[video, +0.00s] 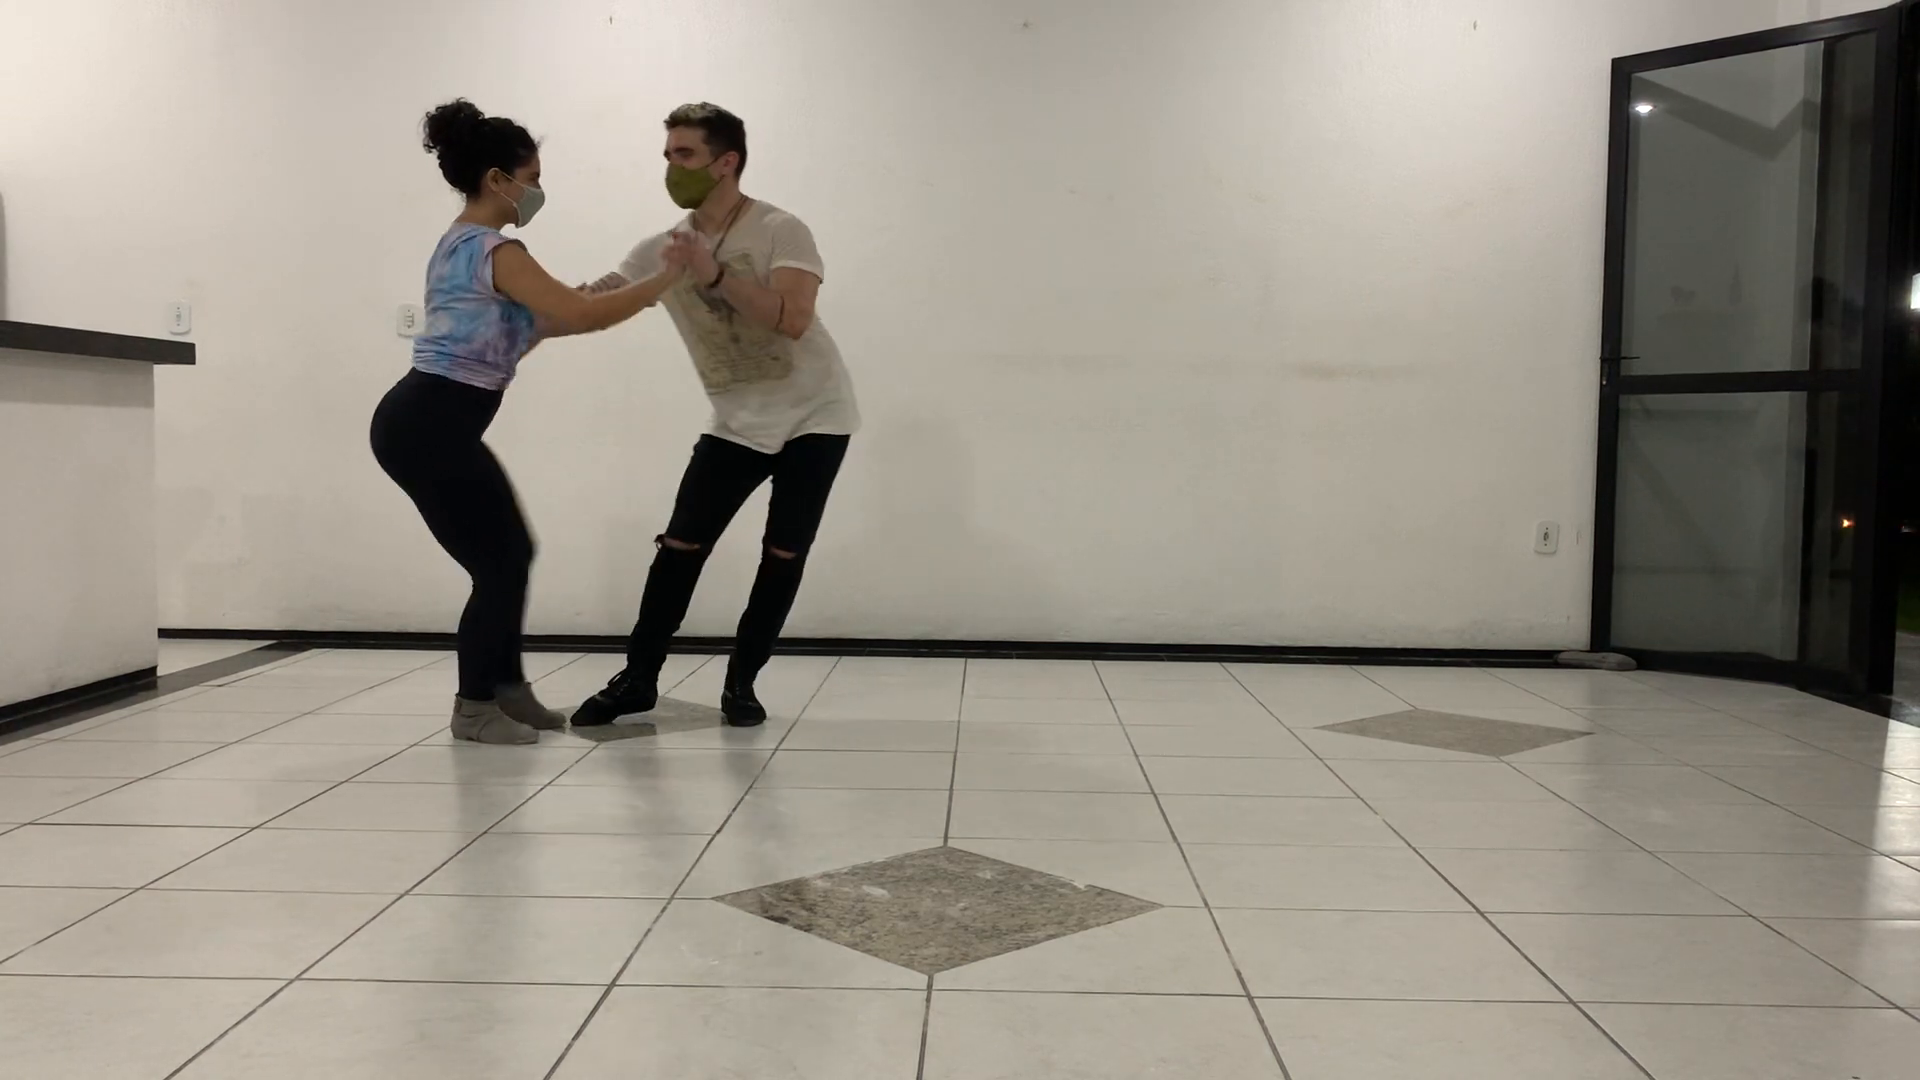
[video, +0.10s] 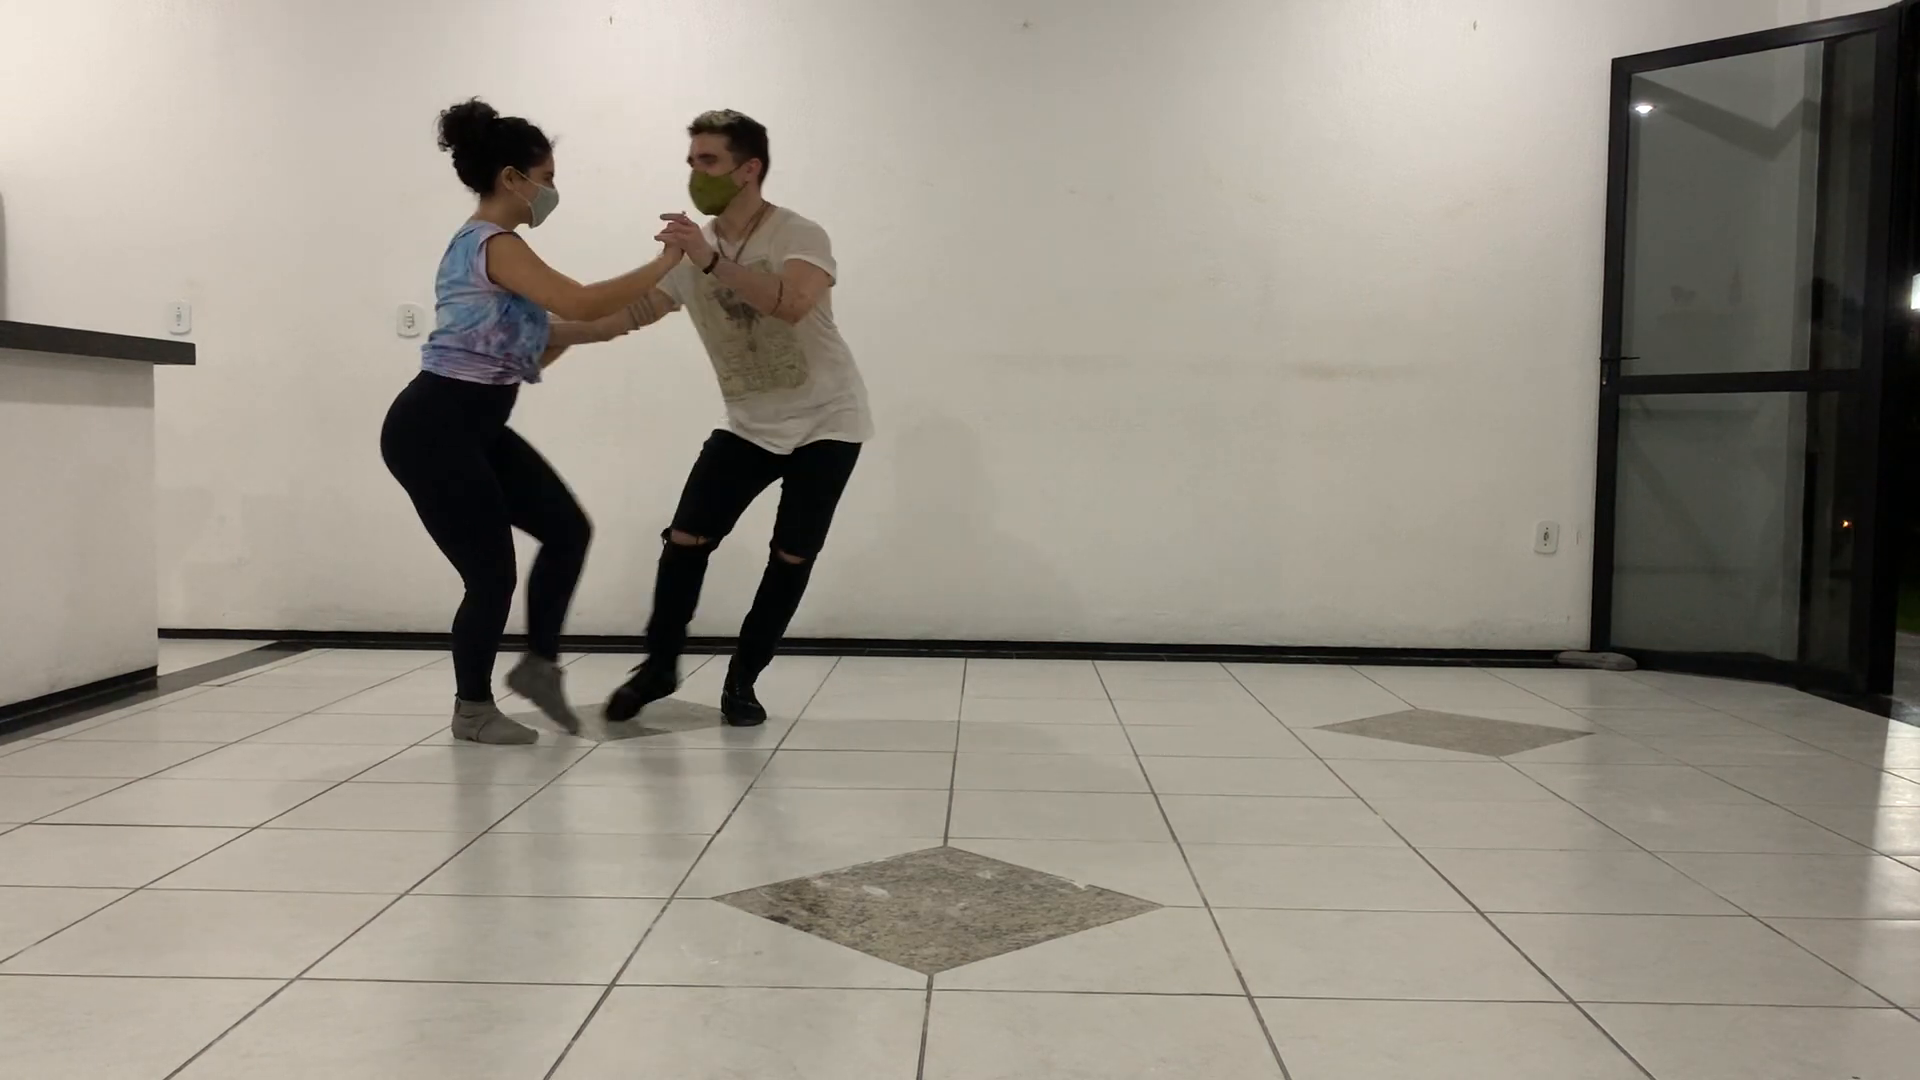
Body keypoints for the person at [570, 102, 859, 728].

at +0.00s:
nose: (671, 167)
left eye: (684, 156)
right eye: (668, 156)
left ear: (728, 161)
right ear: (667, 161)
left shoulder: (783, 232)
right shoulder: (661, 252)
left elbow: (793, 317)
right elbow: (586, 302)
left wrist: (714, 274)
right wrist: (514, 319)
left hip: (817, 409)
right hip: (740, 416)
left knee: (784, 551)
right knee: (682, 540)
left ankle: (741, 682)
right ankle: (638, 681)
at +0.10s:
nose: (696, 174)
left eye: (709, 162)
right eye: (691, 162)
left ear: (751, 168)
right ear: (690, 166)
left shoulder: (799, 235)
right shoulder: (694, 251)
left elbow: (790, 302)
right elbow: (628, 314)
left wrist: (712, 258)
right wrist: (552, 331)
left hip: (828, 418)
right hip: (752, 422)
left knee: (792, 554)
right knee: (687, 535)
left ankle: (742, 681)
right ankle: (659, 667)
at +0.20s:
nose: (719, 177)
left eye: (733, 166)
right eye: (717, 166)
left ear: (776, 173)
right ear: (719, 172)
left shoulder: (818, 241)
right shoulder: (715, 255)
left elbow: (798, 302)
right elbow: (651, 315)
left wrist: (717, 271)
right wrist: (577, 335)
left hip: (834, 424)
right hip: (760, 426)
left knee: (795, 557)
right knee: (699, 535)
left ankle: (742, 679)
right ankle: (740, 644)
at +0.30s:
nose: (741, 174)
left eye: (755, 164)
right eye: (738, 163)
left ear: (797, 172)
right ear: (736, 166)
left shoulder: (835, 244)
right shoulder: (731, 248)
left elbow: (833, 306)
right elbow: (673, 316)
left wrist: (755, 289)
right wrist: (602, 336)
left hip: (838, 426)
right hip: (766, 429)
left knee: (798, 562)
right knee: (725, 552)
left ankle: (743, 678)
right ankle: (819, 644)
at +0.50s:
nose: (770, 164)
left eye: (784, 153)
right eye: (765, 153)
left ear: (824, 160)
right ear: (761, 159)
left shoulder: (858, 224)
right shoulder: (758, 245)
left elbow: (912, 261)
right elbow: (718, 336)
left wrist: (826, 227)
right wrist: (665, 294)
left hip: (865, 407)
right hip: (795, 420)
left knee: (834, 544)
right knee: (799, 562)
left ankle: (770, 675)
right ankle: (872, 676)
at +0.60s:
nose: (788, 162)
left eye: (802, 150)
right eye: (782, 151)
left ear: (839, 156)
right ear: (774, 158)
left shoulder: (878, 220)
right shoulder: (774, 245)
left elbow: (911, 217)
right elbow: (727, 328)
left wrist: (837, 199)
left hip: (885, 399)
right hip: (815, 415)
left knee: (895, 527)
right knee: (813, 559)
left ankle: (863, 660)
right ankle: (875, 684)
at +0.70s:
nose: (808, 157)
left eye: (821, 145)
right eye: (801, 145)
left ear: (858, 151)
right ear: (794, 152)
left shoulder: (892, 209)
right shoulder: (792, 240)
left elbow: (887, 174)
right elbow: (754, 315)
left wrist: (809, 180)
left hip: (901, 397)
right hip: (826, 413)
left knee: (947, 521)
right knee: (824, 556)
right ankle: (875, 675)